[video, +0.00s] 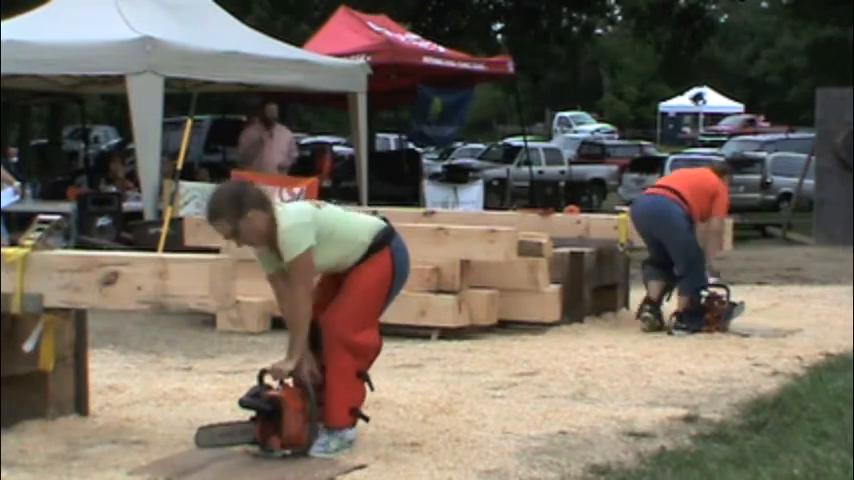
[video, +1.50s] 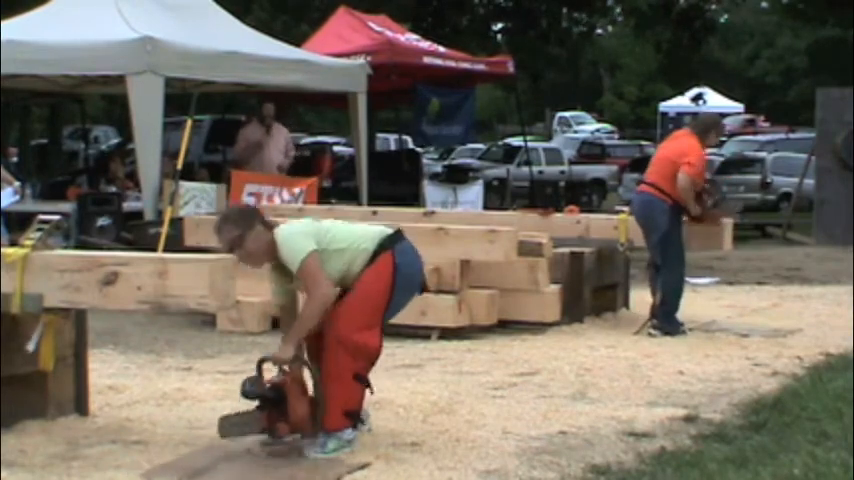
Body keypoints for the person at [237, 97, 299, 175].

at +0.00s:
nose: (272, 116)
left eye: (274, 112)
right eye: (269, 112)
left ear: (277, 114)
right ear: (262, 113)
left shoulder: (285, 133)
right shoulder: (250, 132)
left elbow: (293, 154)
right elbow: (243, 157)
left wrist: (284, 165)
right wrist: (258, 143)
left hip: (277, 178)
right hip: (253, 177)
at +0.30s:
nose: (278, 121)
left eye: (280, 119)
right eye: (275, 118)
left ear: (284, 117)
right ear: (269, 116)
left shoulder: (293, 133)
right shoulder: (258, 133)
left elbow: (302, 154)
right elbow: (249, 161)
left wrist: (292, 166)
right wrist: (262, 149)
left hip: (286, 178)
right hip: (262, 178)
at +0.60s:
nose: (281, 123)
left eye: (284, 120)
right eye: (277, 120)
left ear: (287, 119)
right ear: (272, 118)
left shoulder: (297, 133)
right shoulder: (261, 133)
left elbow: (306, 154)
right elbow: (251, 162)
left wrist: (296, 167)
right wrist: (266, 150)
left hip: (289, 181)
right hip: (265, 180)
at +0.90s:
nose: (280, 123)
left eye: (283, 120)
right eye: (277, 119)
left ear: (287, 118)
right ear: (272, 118)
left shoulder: (296, 133)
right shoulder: (261, 132)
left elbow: (305, 154)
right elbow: (251, 161)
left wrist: (296, 166)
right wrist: (265, 150)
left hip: (289, 180)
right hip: (264, 179)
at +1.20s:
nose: (275, 120)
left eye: (278, 117)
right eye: (272, 117)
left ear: (282, 117)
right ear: (268, 116)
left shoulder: (292, 133)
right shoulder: (255, 131)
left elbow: (300, 153)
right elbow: (245, 157)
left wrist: (292, 165)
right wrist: (260, 150)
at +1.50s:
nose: (268, 119)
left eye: (270, 116)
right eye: (265, 116)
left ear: (274, 116)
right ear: (260, 115)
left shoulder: (282, 132)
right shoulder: (247, 131)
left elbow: (290, 152)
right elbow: (238, 154)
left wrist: (284, 165)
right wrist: (254, 147)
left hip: (275, 177)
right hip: (251, 176)